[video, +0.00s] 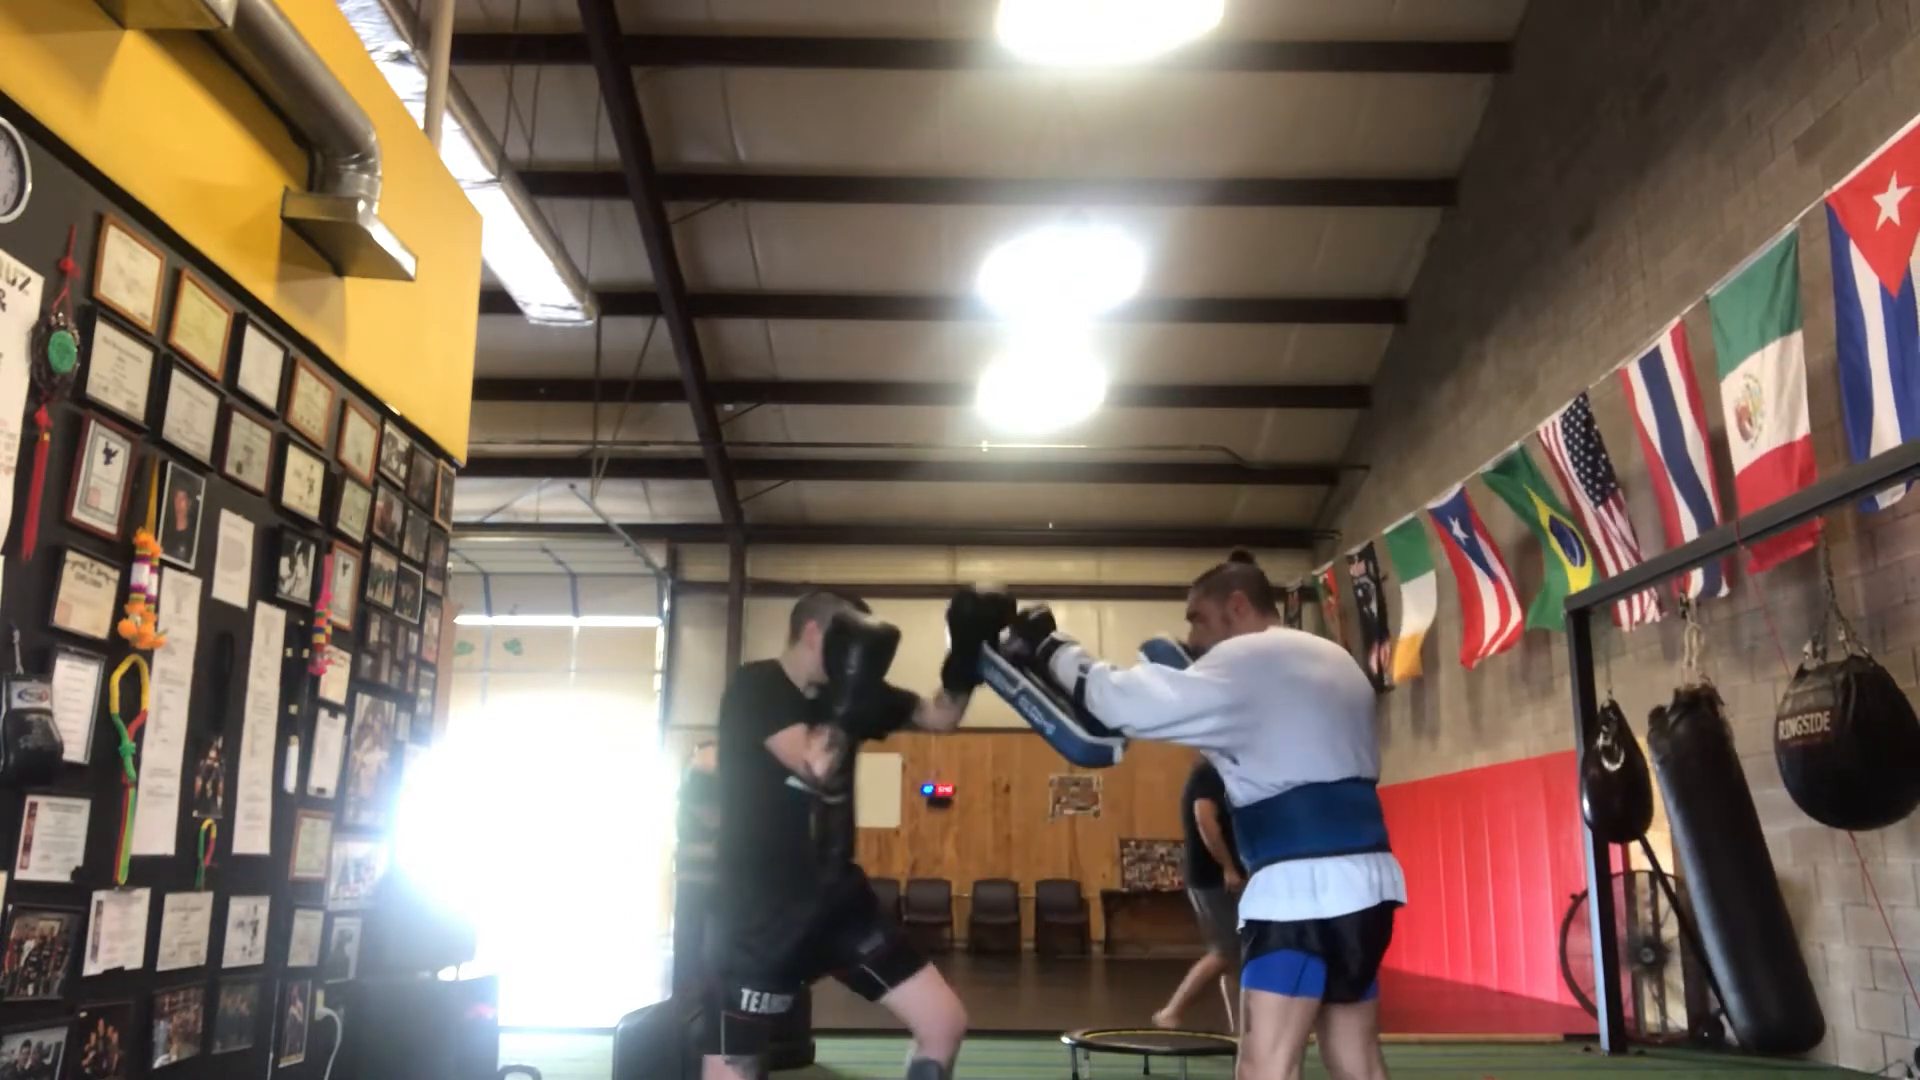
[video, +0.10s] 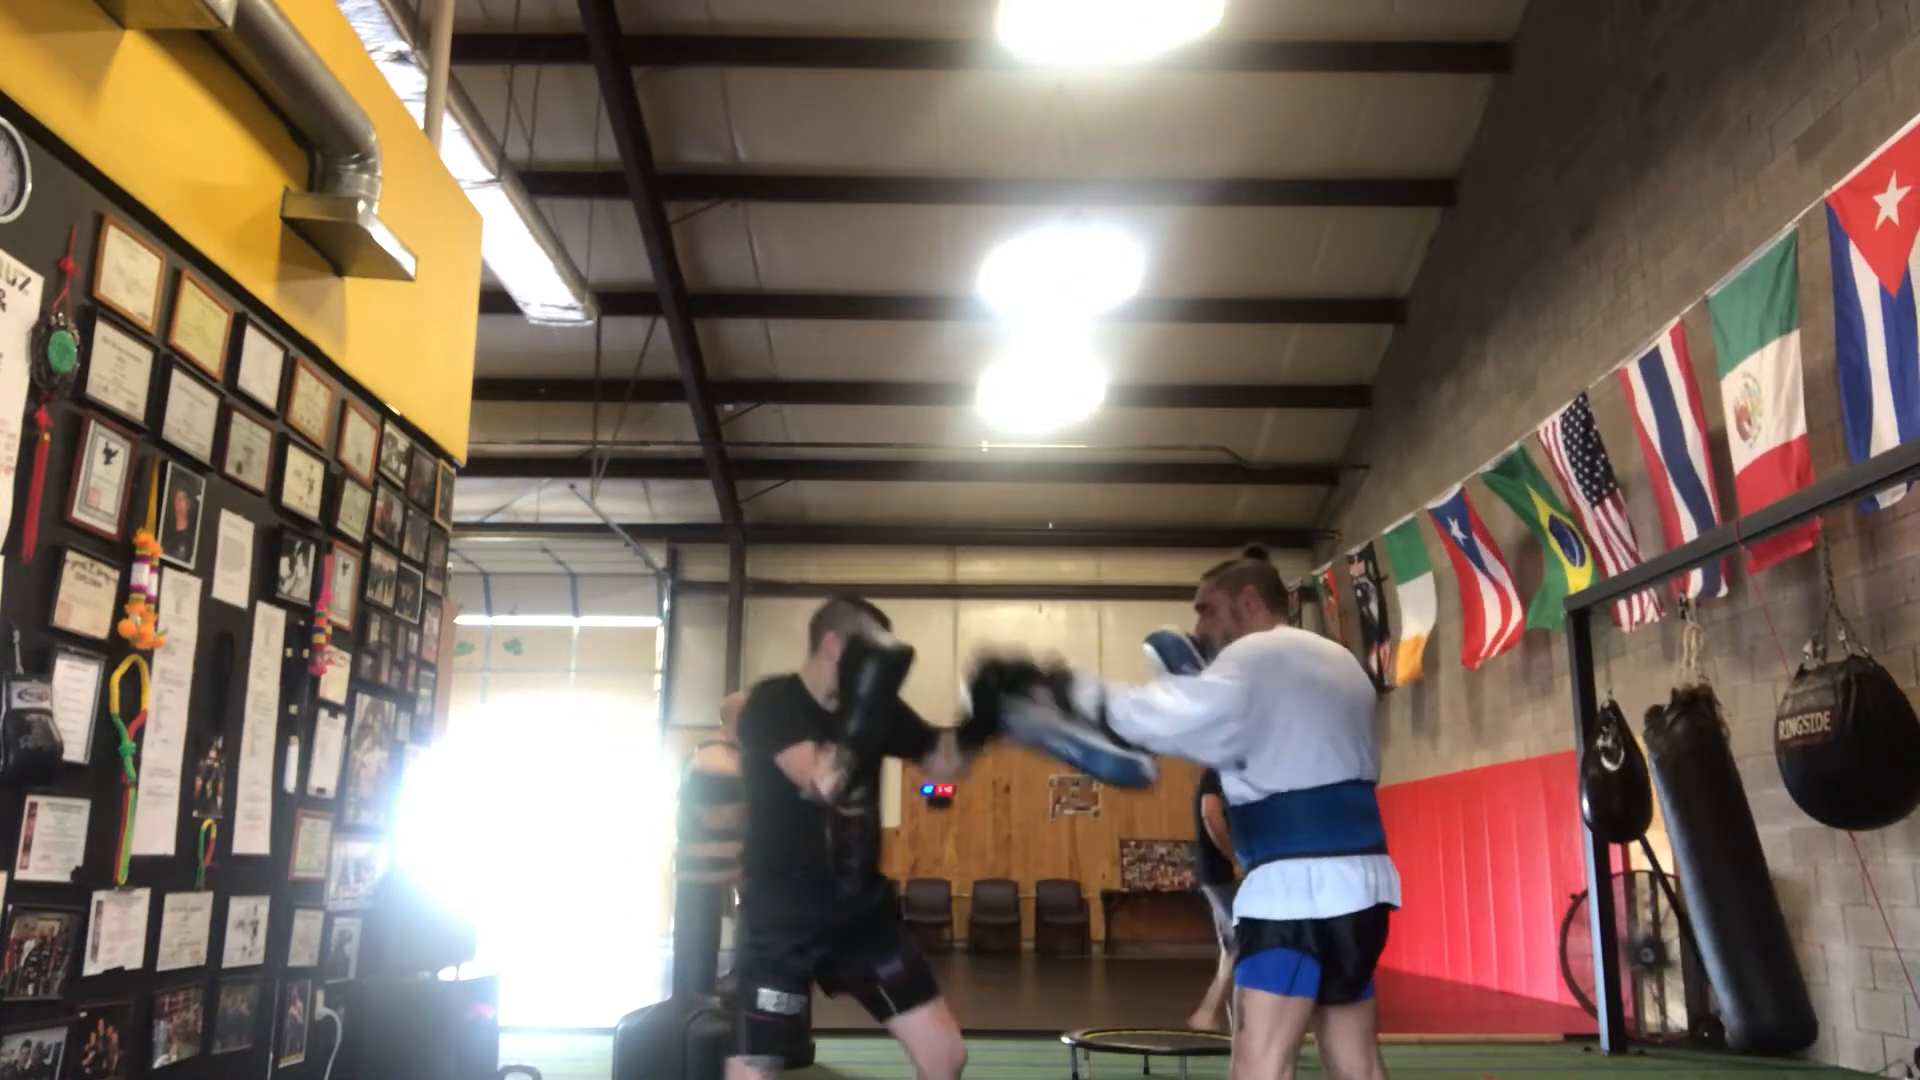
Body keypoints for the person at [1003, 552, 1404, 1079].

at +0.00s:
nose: (1191, 637)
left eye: (1196, 620)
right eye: (1190, 623)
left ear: (1236, 607)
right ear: (1249, 608)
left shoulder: (1242, 661)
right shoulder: (1337, 658)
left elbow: (1131, 702)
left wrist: (1050, 648)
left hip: (1297, 893)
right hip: (1371, 886)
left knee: (1266, 1063)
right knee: (1357, 1058)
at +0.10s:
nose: (1200, 626)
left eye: (1206, 611)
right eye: (1198, 613)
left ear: (1248, 602)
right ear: (1259, 601)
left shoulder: (1251, 659)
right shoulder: (1343, 661)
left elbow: (1166, 717)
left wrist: (1068, 687)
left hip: (1292, 894)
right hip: (1365, 887)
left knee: (1260, 1064)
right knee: (1358, 1064)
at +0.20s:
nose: (1203, 623)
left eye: (1211, 604)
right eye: (1202, 608)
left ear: (1253, 598)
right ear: (1260, 602)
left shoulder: (1264, 659)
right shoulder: (1344, 663)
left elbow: (1228, 757)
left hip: (1286, 893)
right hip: (1358, 887)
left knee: (1251, 1066)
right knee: (1354, 1062)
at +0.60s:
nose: (1244, 618)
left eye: (1252, 602)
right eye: (1243, 605)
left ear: (1295, 595)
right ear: (1303, 598)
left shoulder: (1301, 664)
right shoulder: (1383, 664)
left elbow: (1271, 788)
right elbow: (1342, 769)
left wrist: (1187, 800)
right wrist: (1258, 728)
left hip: (1306, 895)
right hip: (1375, 890)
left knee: (1264, 1064)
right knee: (1360, 1061)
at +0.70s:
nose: (1250, 631)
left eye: (1254, 613)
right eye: (1248, 618)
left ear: (1293, 598)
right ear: (1305, 602)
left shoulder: (1302, 661)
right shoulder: (1405, 669)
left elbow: (1271, 787)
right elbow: (1419, 781)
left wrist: (1211, 777)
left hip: (1327, 895)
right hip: (1403, 889)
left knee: (1275, 1062)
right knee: (1376, 1063)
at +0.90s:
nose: (1274, 640)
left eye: (1275, 623)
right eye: (1270, 628)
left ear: (1306, 602)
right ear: (1337, 605)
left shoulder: (1307, 658)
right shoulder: (1432, 666)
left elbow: (1271, 788)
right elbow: (1460, 784)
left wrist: (1267, 730)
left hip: (1354, 890)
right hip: (1438, 891)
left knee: (1293, 1054)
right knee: (1400, 1061)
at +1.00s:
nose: (1285, 639)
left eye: (1284, 623)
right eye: (1280, 627)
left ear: (1314, 605)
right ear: (1348, 604)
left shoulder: (1312, 658)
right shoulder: (1443, 664)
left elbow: (1274, 785)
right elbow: (1470, 783)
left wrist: (1274, 726)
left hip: (1363, 900)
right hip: (1447, 899)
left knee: (1350, 1065)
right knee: (1412, 1064)